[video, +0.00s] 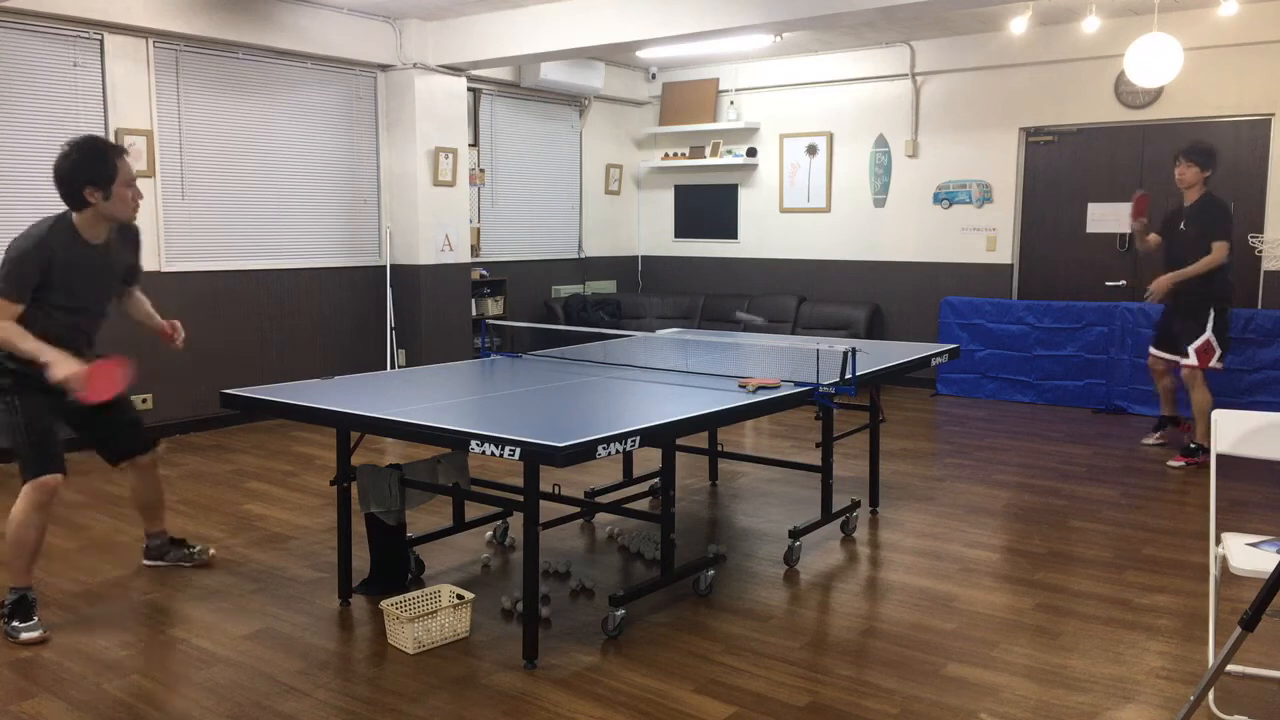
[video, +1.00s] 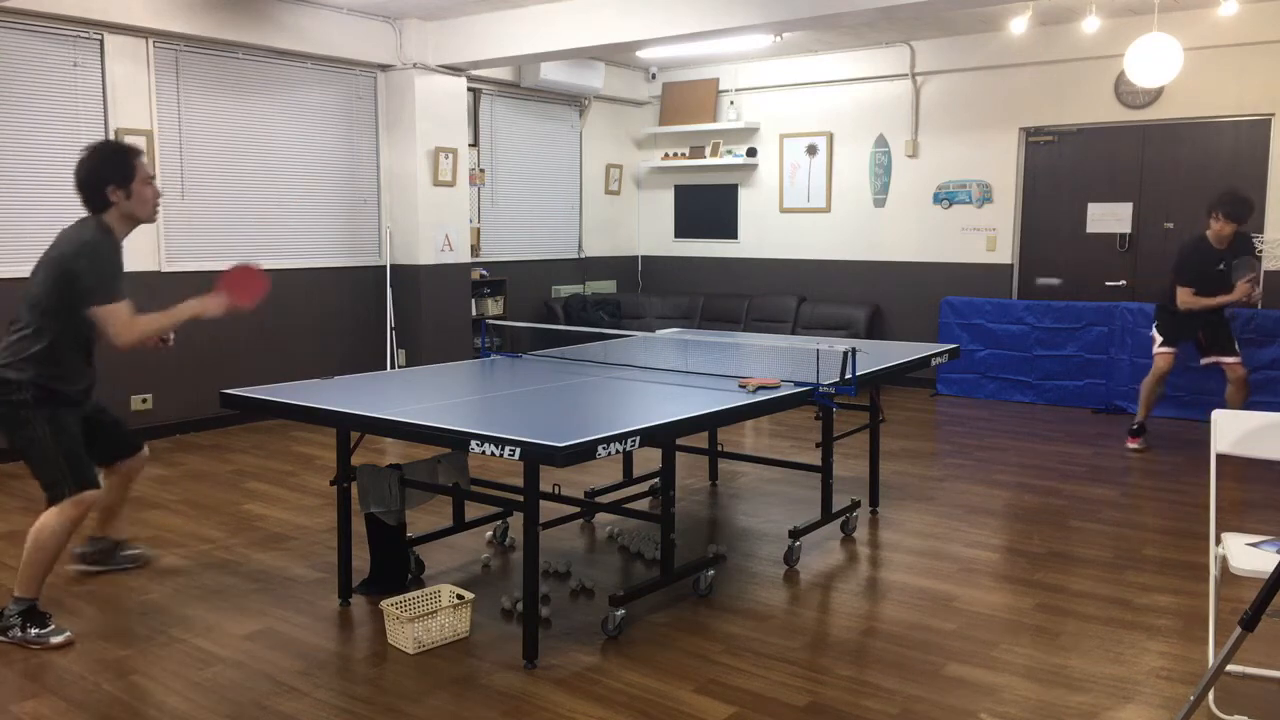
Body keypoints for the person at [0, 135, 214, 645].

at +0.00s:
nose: (138, 192)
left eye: (135, 181)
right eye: (128, 184)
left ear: (102, 193)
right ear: (93, 196)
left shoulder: (124, 238)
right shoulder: (36, 246)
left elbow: (125, 291)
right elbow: (2, 323)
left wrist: (158, 323)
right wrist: (51, 355)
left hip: (82, 367)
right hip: (23, 374)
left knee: (141, 451)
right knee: (45, 480)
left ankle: (158, 543)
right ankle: (18, 598)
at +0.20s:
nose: (159, 207)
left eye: (157, 197)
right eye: (149, 200)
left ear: (127, 206)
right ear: (112, 209)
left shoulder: (156, 248)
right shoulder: (51, 253)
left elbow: (169, 299)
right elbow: (14, 306)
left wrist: (183, 334)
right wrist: (3, 358)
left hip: (124, 373)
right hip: (60, 377)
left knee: (186, 457)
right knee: (52, 477)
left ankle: (164, 542)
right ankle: (21, 596)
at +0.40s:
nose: (181, 205)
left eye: (182, 195)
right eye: (171, 199)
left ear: (179, 193)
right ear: (135, 203)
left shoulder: (181, 242)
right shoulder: (97, 251)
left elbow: (184, 293)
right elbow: (83, 323)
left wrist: (197, 331)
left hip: (143, 370)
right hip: (87, 373)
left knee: (201, 454)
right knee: (66, 477)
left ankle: (167, 541)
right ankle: (24, 596)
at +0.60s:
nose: (201, 177)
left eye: (199, 167)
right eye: (191, 169)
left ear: (161, 177)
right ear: (157, 177)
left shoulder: (149, 221)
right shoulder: (141, 223)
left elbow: (148, 287)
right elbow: (218, 275)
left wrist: (198, 308)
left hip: (118, 359)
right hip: (68, 359)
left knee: (171, 446)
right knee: (57, 470)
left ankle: (163, 542)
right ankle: (15, 595)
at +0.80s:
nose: (186, 173)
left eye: (184, 163)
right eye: (177, 165)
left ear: (143, 172)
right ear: (144, 172)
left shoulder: (119, 214)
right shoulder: (127, 219)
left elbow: (98, 290)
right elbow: (209, 275)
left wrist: (157, 310)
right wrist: (254, 230)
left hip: (96, 366)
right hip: (55, 366)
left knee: (144, 450)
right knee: (71, 478)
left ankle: (160, 543)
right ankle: (16, 603)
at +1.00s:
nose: (157, 190)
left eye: (153, 179)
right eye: (147, 181)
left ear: (115, 193)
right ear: (115, 193)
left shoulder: (100, 240)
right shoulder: (89, 245)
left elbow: (91, 322)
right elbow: (123, 331)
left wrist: (143, 334)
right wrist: (199, 307)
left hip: (62, 390)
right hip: (28, 393)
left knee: (129, 455)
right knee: (77, 495)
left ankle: (99, 545)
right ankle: (19, 611)